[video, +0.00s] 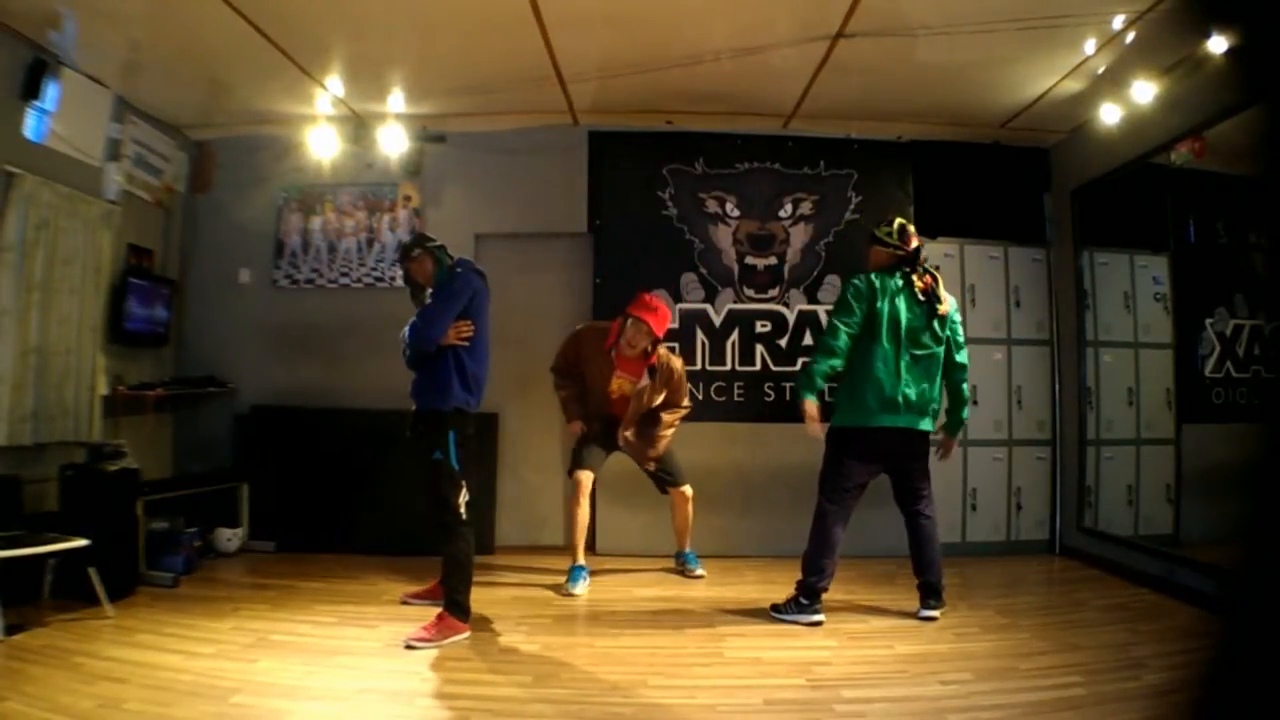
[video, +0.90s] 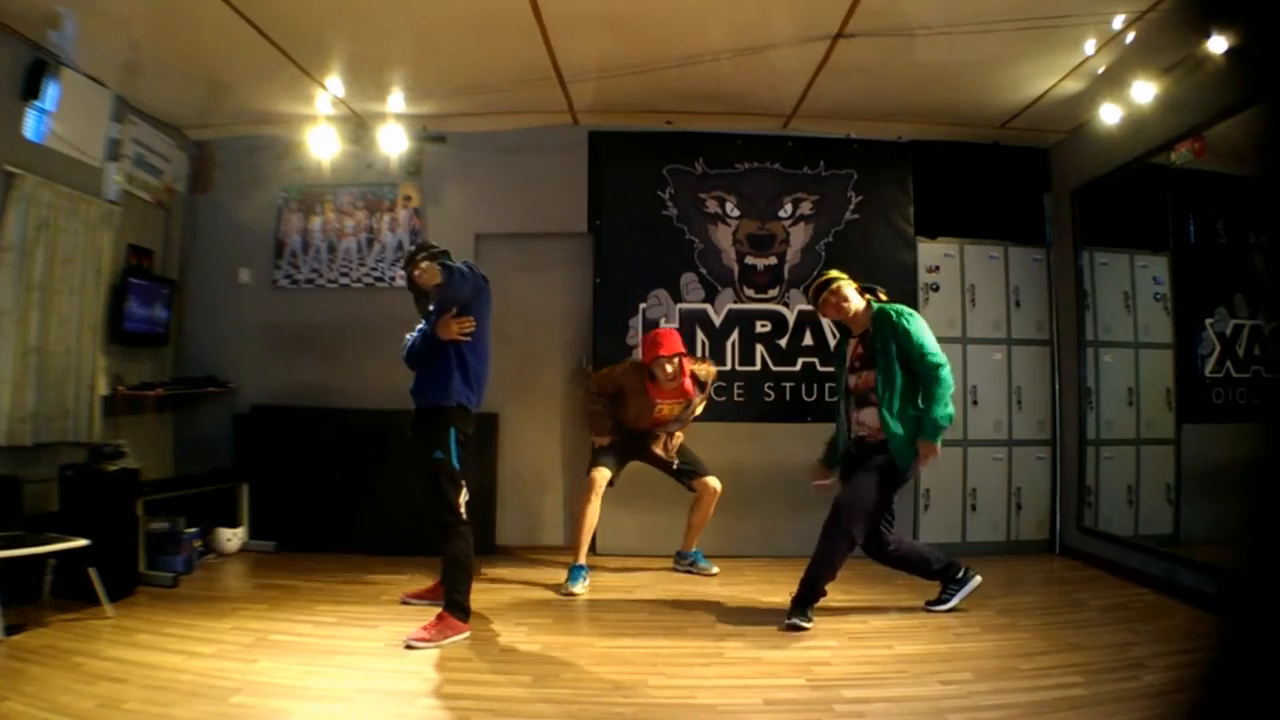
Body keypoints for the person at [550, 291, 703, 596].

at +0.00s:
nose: (635, 335)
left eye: (645, 333)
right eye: (634, 325)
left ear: (655, 338)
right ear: (625, 320)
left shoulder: (668, 366)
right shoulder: (590, 338)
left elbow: (677, 407)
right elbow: (562, 372)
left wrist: (651, 446)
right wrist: (573, 415)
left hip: (642, 429)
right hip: (598, 425)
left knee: (683, 492)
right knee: (581, 480)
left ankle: (684, 554)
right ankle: (578, 566)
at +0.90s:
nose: (669, 367)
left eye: (673, 359)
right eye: (661, 361)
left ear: (682, 358)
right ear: (650, 363)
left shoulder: (697, 374)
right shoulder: (630, 374)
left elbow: (702, 396)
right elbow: (593, 387)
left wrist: (679, 428)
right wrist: (599, 428)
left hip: (660, 439)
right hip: (620, 438)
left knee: (710, 487)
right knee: (596, 479)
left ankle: (687, 554)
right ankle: (578, 567)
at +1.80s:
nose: (704, 332)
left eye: (711, 326)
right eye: (699, 323)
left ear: (718, 330)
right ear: (687, 322)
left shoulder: (712, 362)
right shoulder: (653, 341)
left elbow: (702, 409)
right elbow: (611, 375)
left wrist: (708, 441)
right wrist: (613, 420)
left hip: (668, 432)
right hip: (631, 428)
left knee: (710, 486)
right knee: (597, 478)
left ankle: (687, 553)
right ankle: (578, 566)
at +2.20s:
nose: (674, 301)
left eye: (677, 295)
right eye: (668, 294)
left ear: (679, 295)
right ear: (648, 291)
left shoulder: (669, 327)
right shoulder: (609, 314)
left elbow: (669, 374)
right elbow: (580, 362)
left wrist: (673, 410)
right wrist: (594, 404)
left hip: (646, 417)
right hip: (608, 414)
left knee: (678, 481)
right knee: (592, 483)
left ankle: (680, 555)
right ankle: (578, 567)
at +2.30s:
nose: (669, 299)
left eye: (672, 293)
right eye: (664, 291)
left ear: (672, 292)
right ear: (644, 286)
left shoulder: (658, 321)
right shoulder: (608, 311)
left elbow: (656, 367)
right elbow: (597, 363)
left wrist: (663, 393)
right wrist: (625, 377)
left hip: (640, 413)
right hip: (606, 410)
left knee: (674, 476)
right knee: (600, 483)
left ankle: (678, 558)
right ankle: (579, 566)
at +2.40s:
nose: (666, 294)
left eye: (670, 288)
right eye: (661, 286)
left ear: (669, 288)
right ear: (642, 281)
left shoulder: (648, 314)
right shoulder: (611, 312)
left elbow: (644, 369)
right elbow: (623, 374)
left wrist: (674, 379)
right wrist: (672, 377)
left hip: (637, 416)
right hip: (607, 416)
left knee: (671, 478)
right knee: (604, 485)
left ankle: (676, 559)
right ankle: (579, 567)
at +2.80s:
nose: (674, 286)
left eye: (681, 281)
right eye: (669, 278)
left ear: (687, 285)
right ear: (655, 277)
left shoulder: (681, 321)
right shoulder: (633, 305)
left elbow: (684, 366)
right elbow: (654, 353)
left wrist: (701, 394)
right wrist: (697, 368)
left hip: (667, 414)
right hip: (630, 411)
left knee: (707, 478)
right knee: (607, 486)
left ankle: (690, 551)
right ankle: (578, 566)